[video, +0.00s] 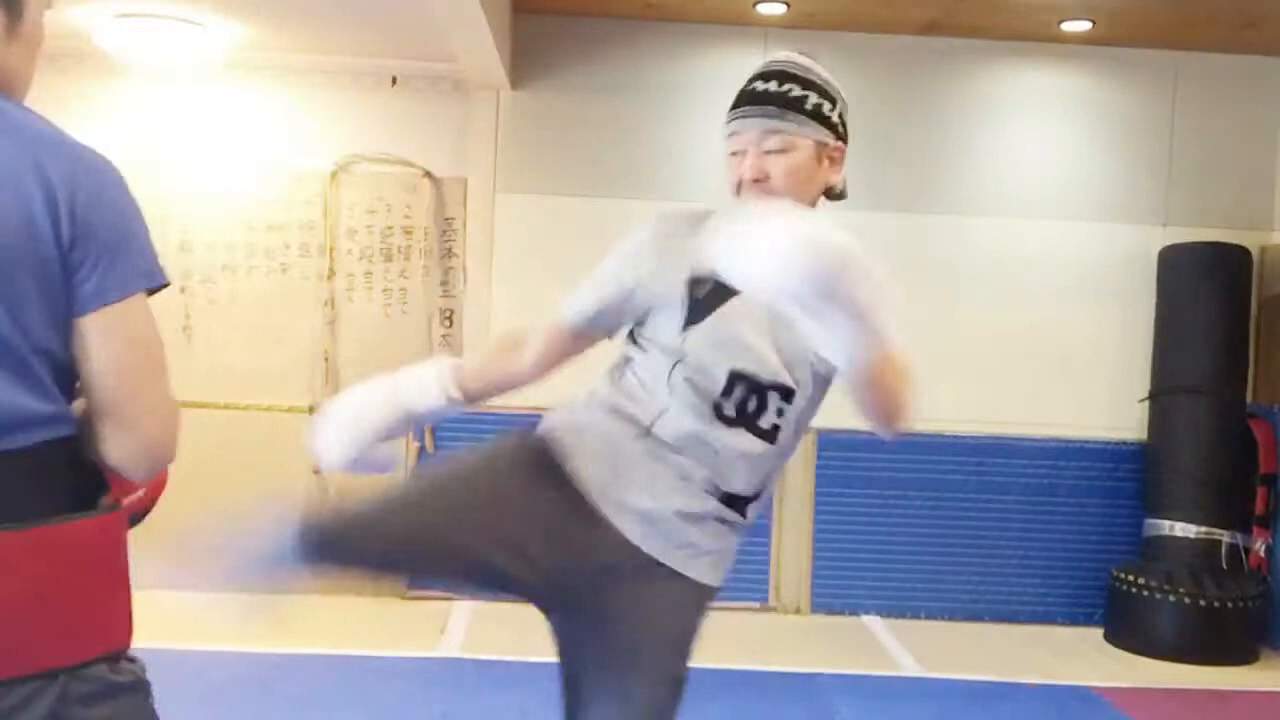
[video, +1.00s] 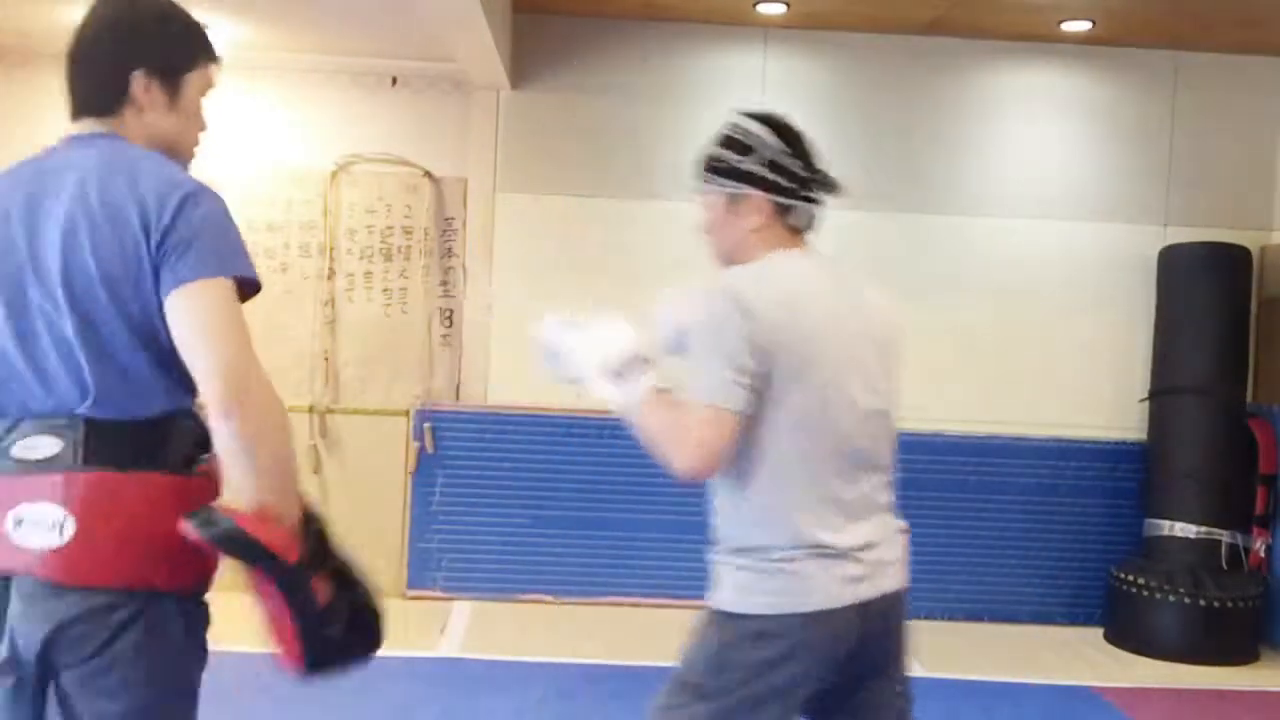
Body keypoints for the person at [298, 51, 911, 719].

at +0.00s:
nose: (755, 169)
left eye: (779, 149)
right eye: (740, 151)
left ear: (833, 164)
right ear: (726, 160)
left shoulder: (842, 284)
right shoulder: (673, 241)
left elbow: (891, 413)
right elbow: (540, 347)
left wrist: (833, 297)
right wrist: (416, 390)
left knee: (628, 708)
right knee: (346, 532)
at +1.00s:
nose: (702, 218)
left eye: (712, 199)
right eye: (704, 199)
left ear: (756, 205)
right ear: (784, 209)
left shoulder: (741, 298)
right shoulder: (868, 300)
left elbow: (697, 451)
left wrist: (625, 375)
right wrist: (709, 331)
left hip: (773, 620)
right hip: (876, 610)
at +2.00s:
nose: (790, 224)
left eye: (794, 206)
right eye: (790, 206)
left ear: (831, 209)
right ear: (855, 210)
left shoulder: (831, 293)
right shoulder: (928, 292)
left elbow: (830, 447)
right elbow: (927, 433)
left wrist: (736, 402)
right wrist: (803, 385)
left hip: (846, 588)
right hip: (940, 582)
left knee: (712, 711)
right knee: (938, 713)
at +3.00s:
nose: (626, 208)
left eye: (629, 196)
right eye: (630, 196)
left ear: (642, 204)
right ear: (704, 212)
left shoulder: (602, 289)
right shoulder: (745, 309)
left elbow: (562, 418)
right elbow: (745, 434)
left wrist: (539, 371)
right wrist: (686, 391)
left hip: (607, 536)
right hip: (701, 536)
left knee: (571, 698)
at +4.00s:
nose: (429, 220)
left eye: (433, 209)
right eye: (435, 209)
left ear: (445, 214)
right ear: (496, 214)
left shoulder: (449, 287)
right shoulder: (520, 270)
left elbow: (429, 386)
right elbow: (477, 308)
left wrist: (343, 388)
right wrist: (412, 279)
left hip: (470, 481)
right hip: (548, 470)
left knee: (429, 609)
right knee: (578, 604)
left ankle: (439, 712)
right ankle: (615, 712)